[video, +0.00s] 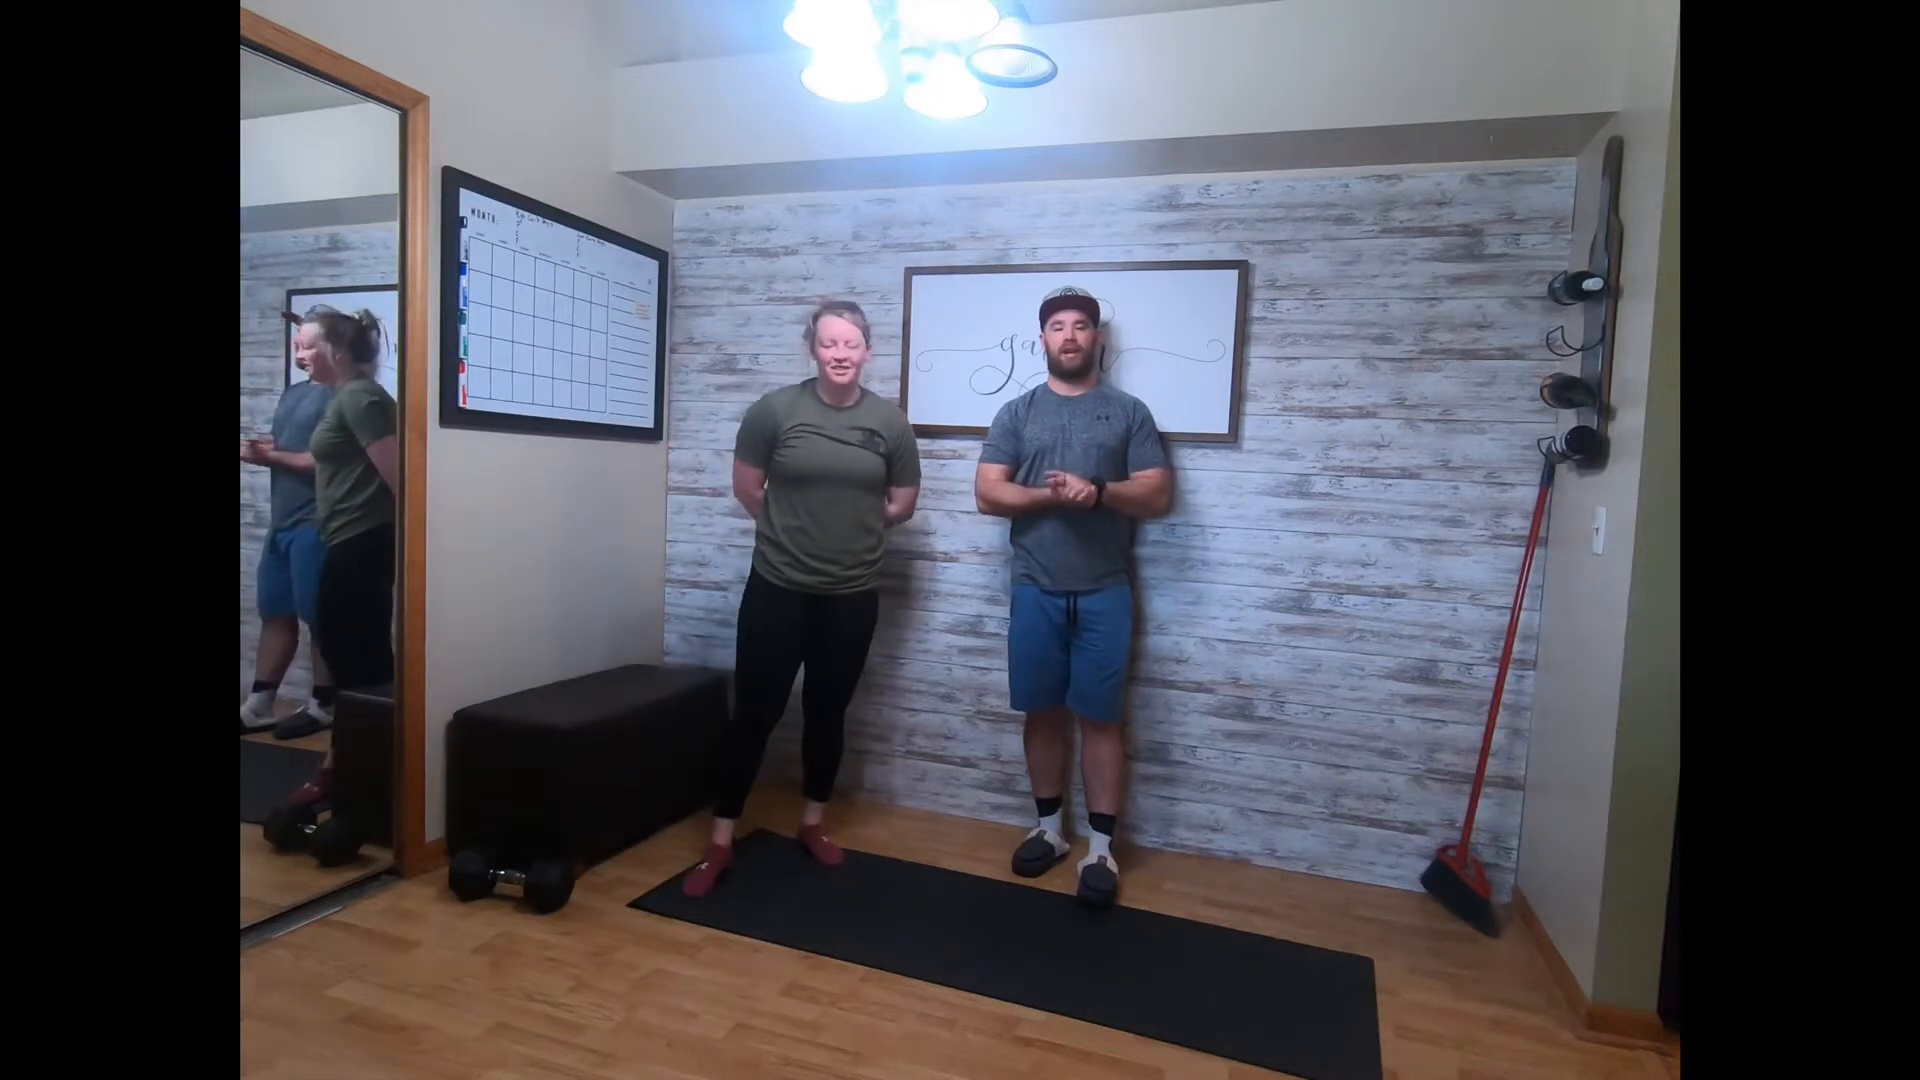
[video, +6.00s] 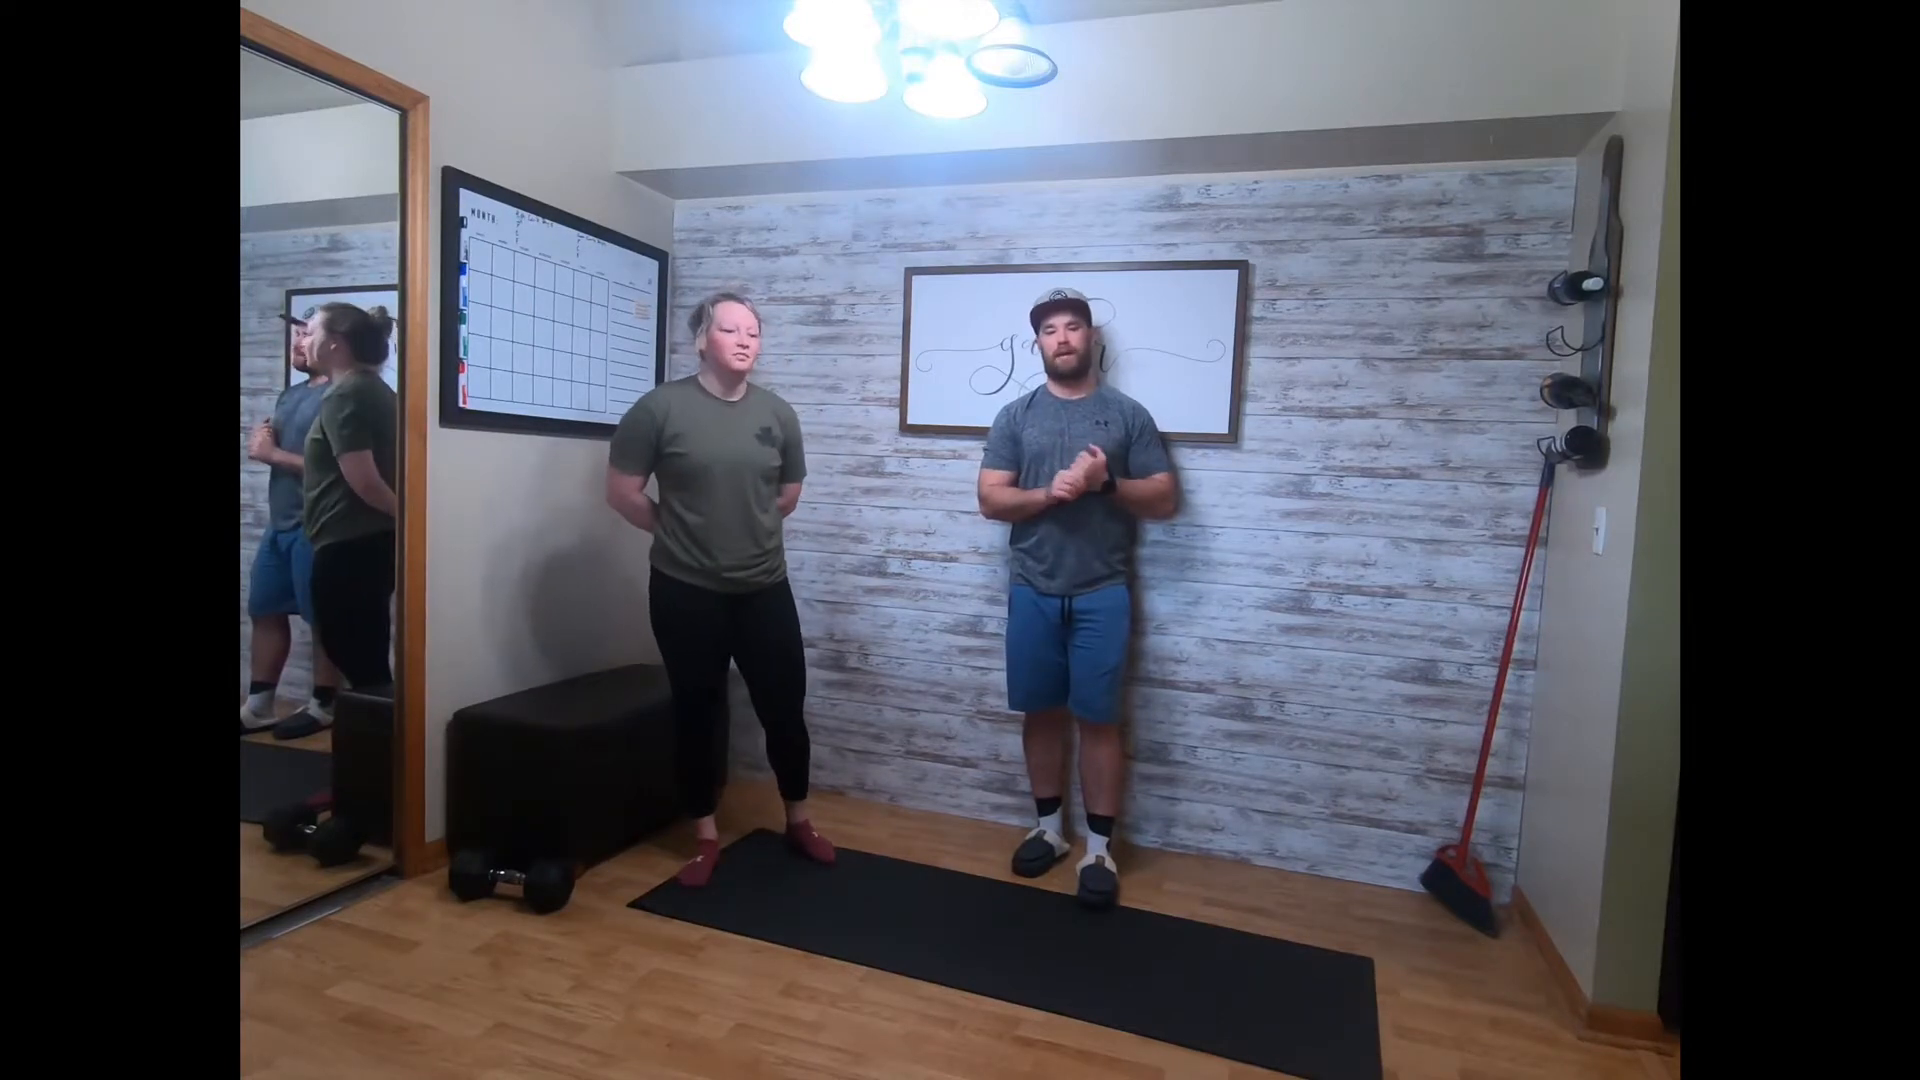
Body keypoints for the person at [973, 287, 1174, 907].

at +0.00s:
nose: (1069, 334)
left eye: (1080, 325)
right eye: (1057, 326)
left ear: (1097, 338)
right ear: (1043, 340)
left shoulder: (1127, 412)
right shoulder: (1018, 413)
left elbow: (1157, 495)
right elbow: (988, 493)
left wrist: (1096, 491)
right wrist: (1050, 495)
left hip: (1105, 586)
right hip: (1035, 584)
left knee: (1099, 714)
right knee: (1041, 710)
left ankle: (1100, 851)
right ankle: (1048, 831)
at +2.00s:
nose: (1056, 337)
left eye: (1067, 328)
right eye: (1044, 330)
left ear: (1085, 339)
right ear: (1031, 344)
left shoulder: (1117, 412)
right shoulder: (1006, 415)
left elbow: (1147, 493)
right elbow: (979, 495)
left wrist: (1081, 481)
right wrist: (1034, 488)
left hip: (1095, 585)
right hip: (1026, 586)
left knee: (1094, 715)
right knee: (1037, 710)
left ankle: (1098, 850)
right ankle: (1048, 830)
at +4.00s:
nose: (1062, 339)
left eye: (1072, 329)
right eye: (1050, 332)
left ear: (1091, 340)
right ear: (1037, 345)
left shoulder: (1123, 414)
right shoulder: (1012, 413)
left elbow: (1161, 498)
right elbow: (986, 494)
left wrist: (1107, 490)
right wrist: (1049, 497)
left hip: (1097, 584)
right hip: (1028, 584)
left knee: (1095, 714)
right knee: (1038, 709)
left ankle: (1097, 849)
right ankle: (1048, 831)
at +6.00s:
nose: (1063, 337)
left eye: (1073, 328)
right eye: (1051, 331)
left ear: (1092, 338)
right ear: (1037, 345)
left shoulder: (1126, 415)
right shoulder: (1016, 416)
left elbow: (1164, 499)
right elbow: (991, 498)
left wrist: (1107, 484)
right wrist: (1049, 492)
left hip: (1102, 584)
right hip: (1032, 584)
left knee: (1097, 714)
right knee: (1040, 709)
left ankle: (1098, 850)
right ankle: (1048, 831)